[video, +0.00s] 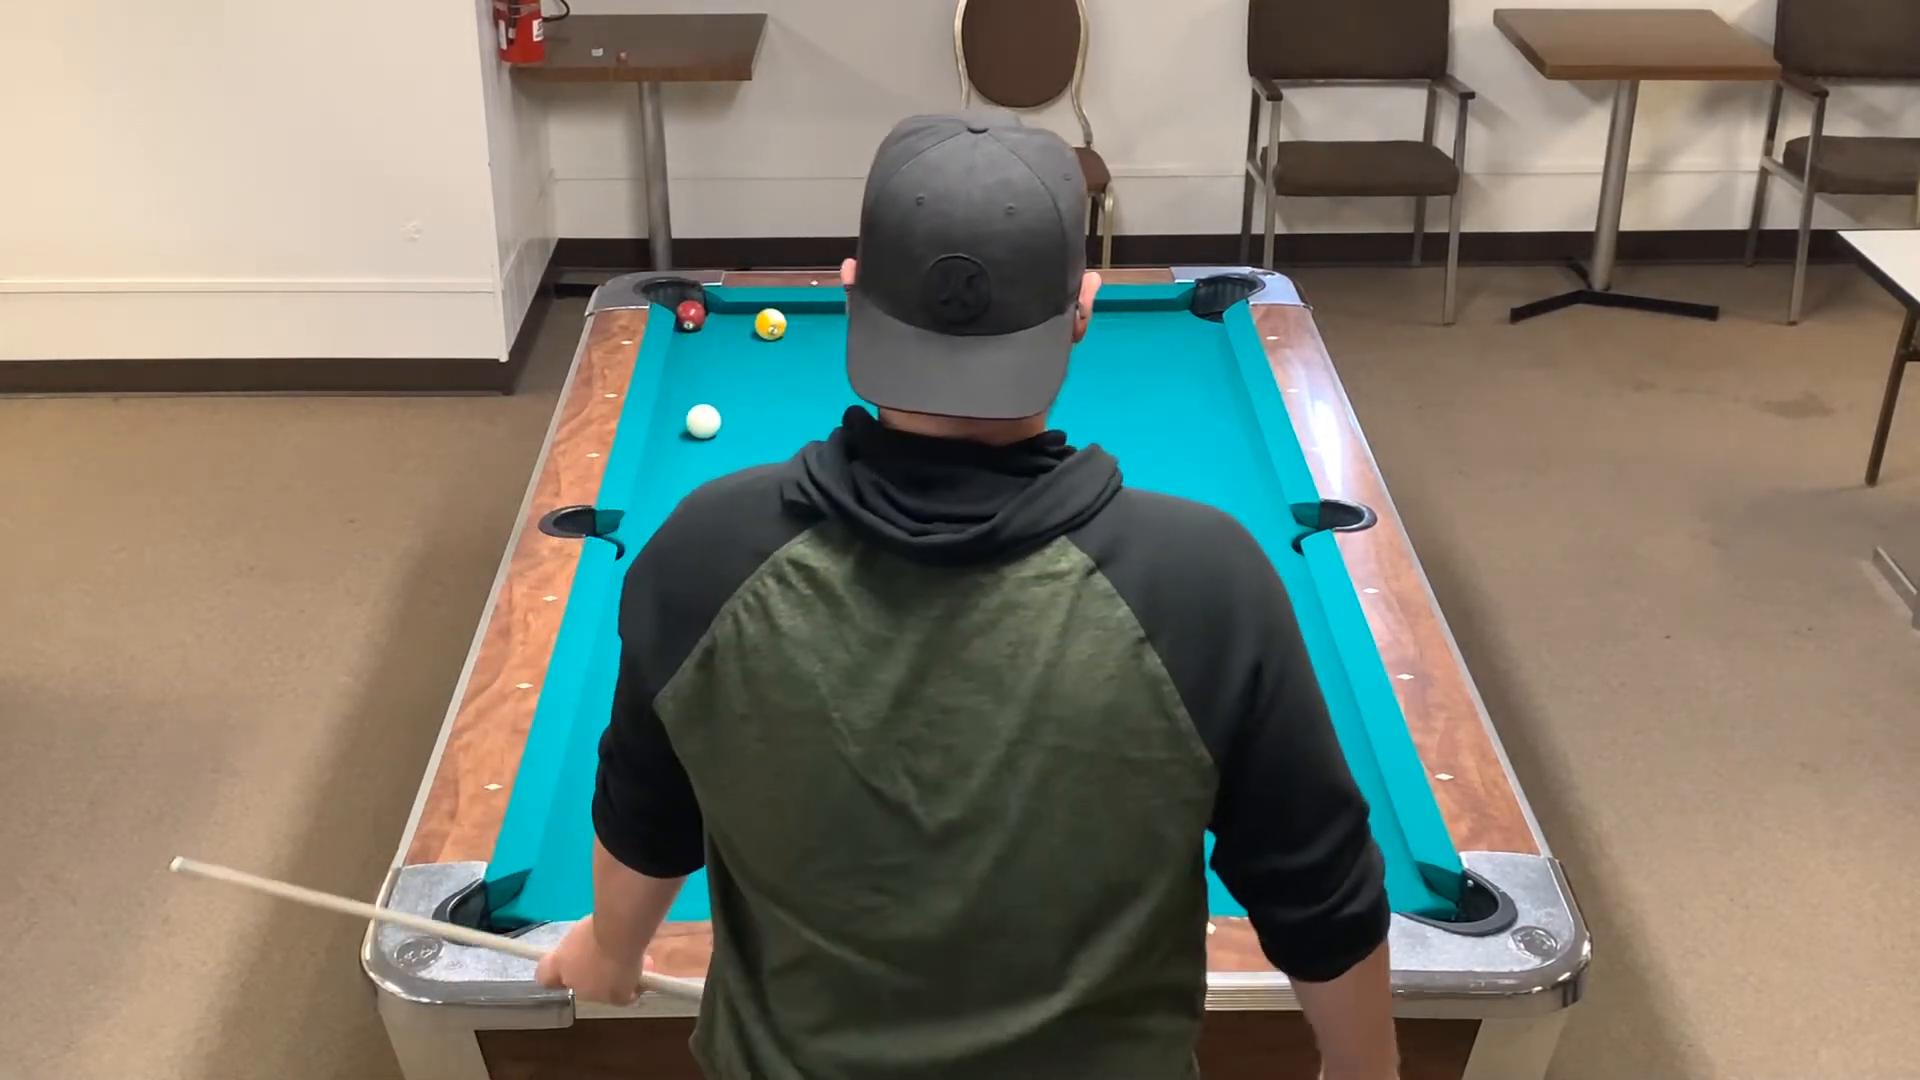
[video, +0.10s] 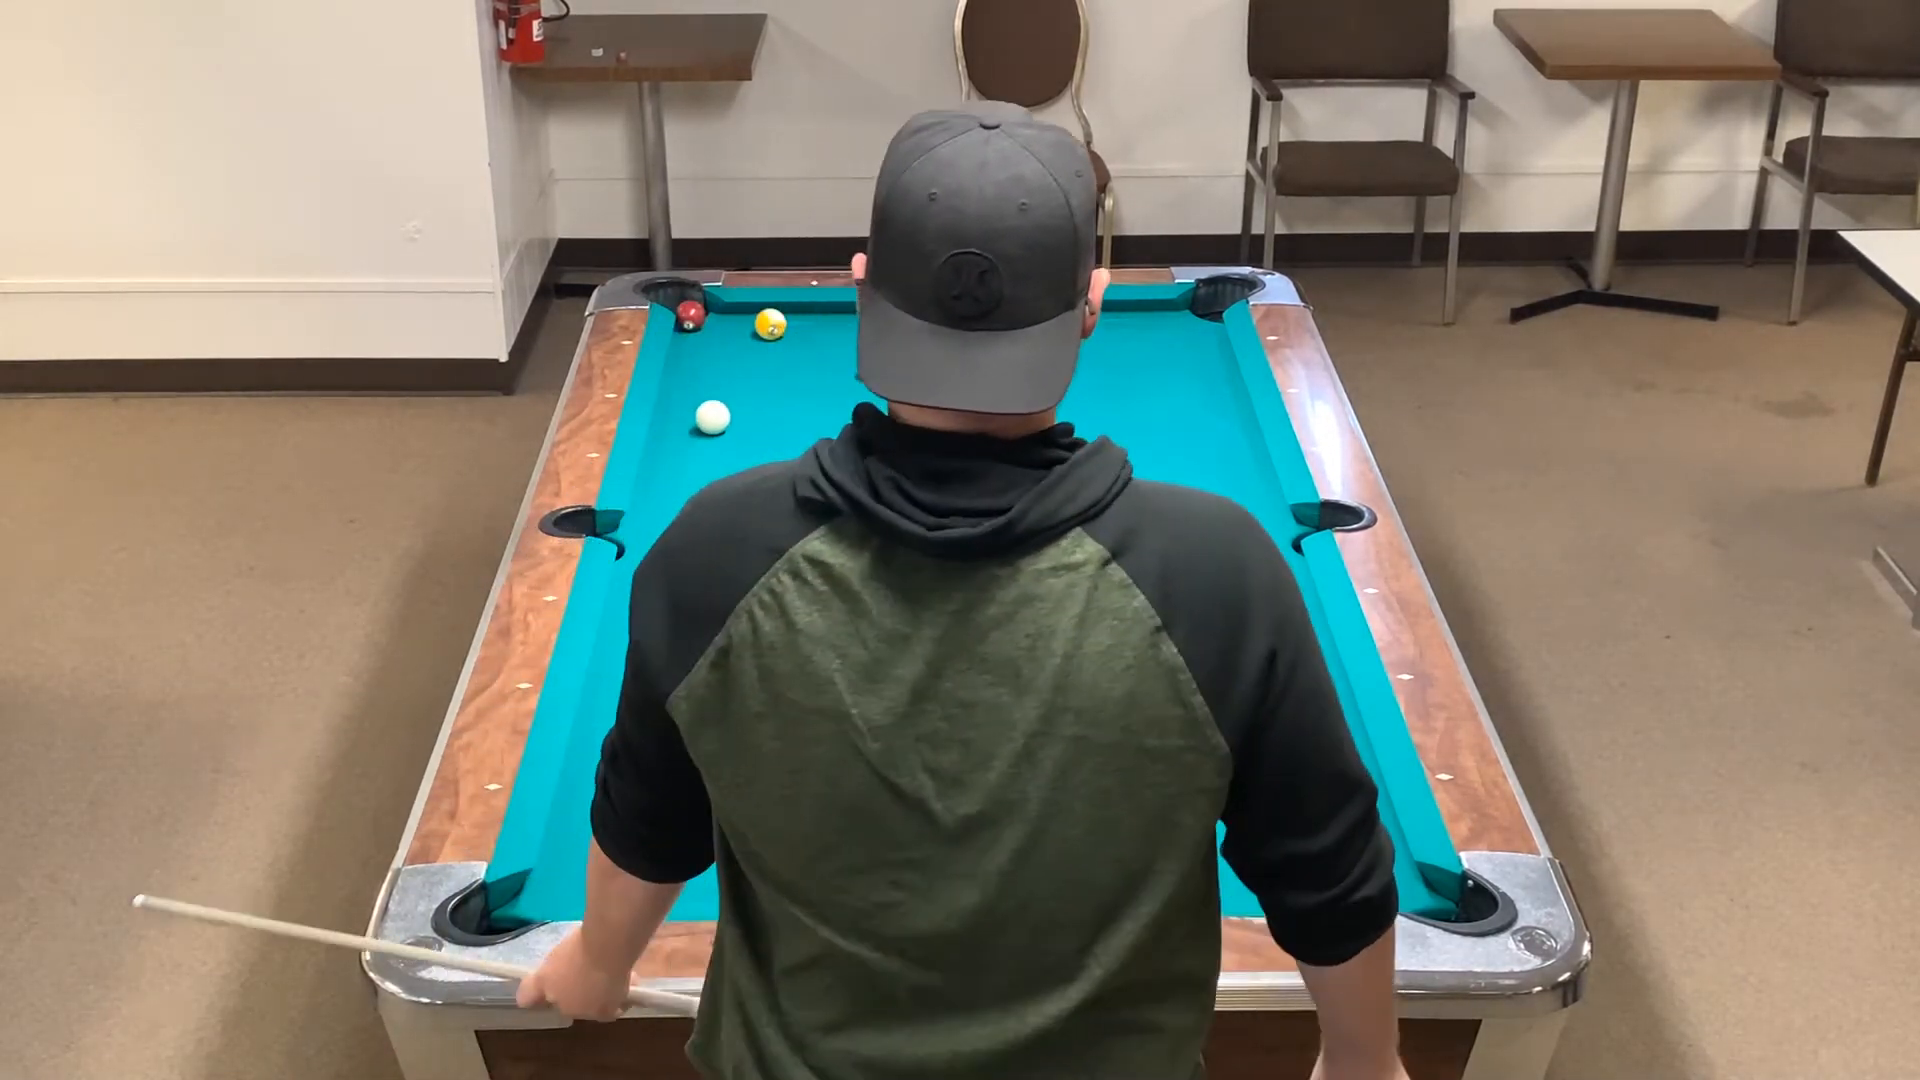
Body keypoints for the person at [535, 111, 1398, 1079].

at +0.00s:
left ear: (853, 280)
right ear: (1081, 306)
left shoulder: (710, 553)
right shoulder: (1202, 581)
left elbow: (645, 816)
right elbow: (1327, 914)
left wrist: (607, 959)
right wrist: (1364, 1069)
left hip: (782, 1060)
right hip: (1107, 1060)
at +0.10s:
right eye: (1105, 254)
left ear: (865, 279)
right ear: (1089, 299)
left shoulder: (721, 554)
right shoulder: (1214, 572)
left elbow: (649, 818)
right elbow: (1331, 886)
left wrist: (593, 973)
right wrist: (1366, 1061)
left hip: (787, 1057)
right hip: (1115, 1059)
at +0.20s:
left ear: (871, 273)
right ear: (1099, 295)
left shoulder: (727, 549)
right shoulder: (1217, 564)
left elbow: (645, 823)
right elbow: (1332, 878)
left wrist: (578, 985)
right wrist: (1358, 1057)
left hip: (788, 1057)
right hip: (1119, 1060)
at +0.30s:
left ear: (879, 267)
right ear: (1102, 296)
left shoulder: (730, 543)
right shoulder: (1218, 558)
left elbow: (643, 824)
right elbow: (1325, 869)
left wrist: (574, 985)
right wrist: (1354, 1052)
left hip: (792, 1057)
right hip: (1117, 1062)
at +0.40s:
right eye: (1110, 255)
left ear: (882, 258)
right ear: (1101, 288)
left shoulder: (732, 535)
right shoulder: (1214, 550)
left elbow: (648, 804)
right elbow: (1321, 854)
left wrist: (583, 962)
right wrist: (1349, 1030)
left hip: (796, 1056)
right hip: (1112, 1061)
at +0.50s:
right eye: (1112, 245)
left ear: (881, 253)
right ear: (1097, 276)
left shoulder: (732, 524)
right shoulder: (1212, 542)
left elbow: (662, 779)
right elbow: (1318, 835)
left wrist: (596, 929)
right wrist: (1350, 1011)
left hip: (804, 1048)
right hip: (1106, 1055)